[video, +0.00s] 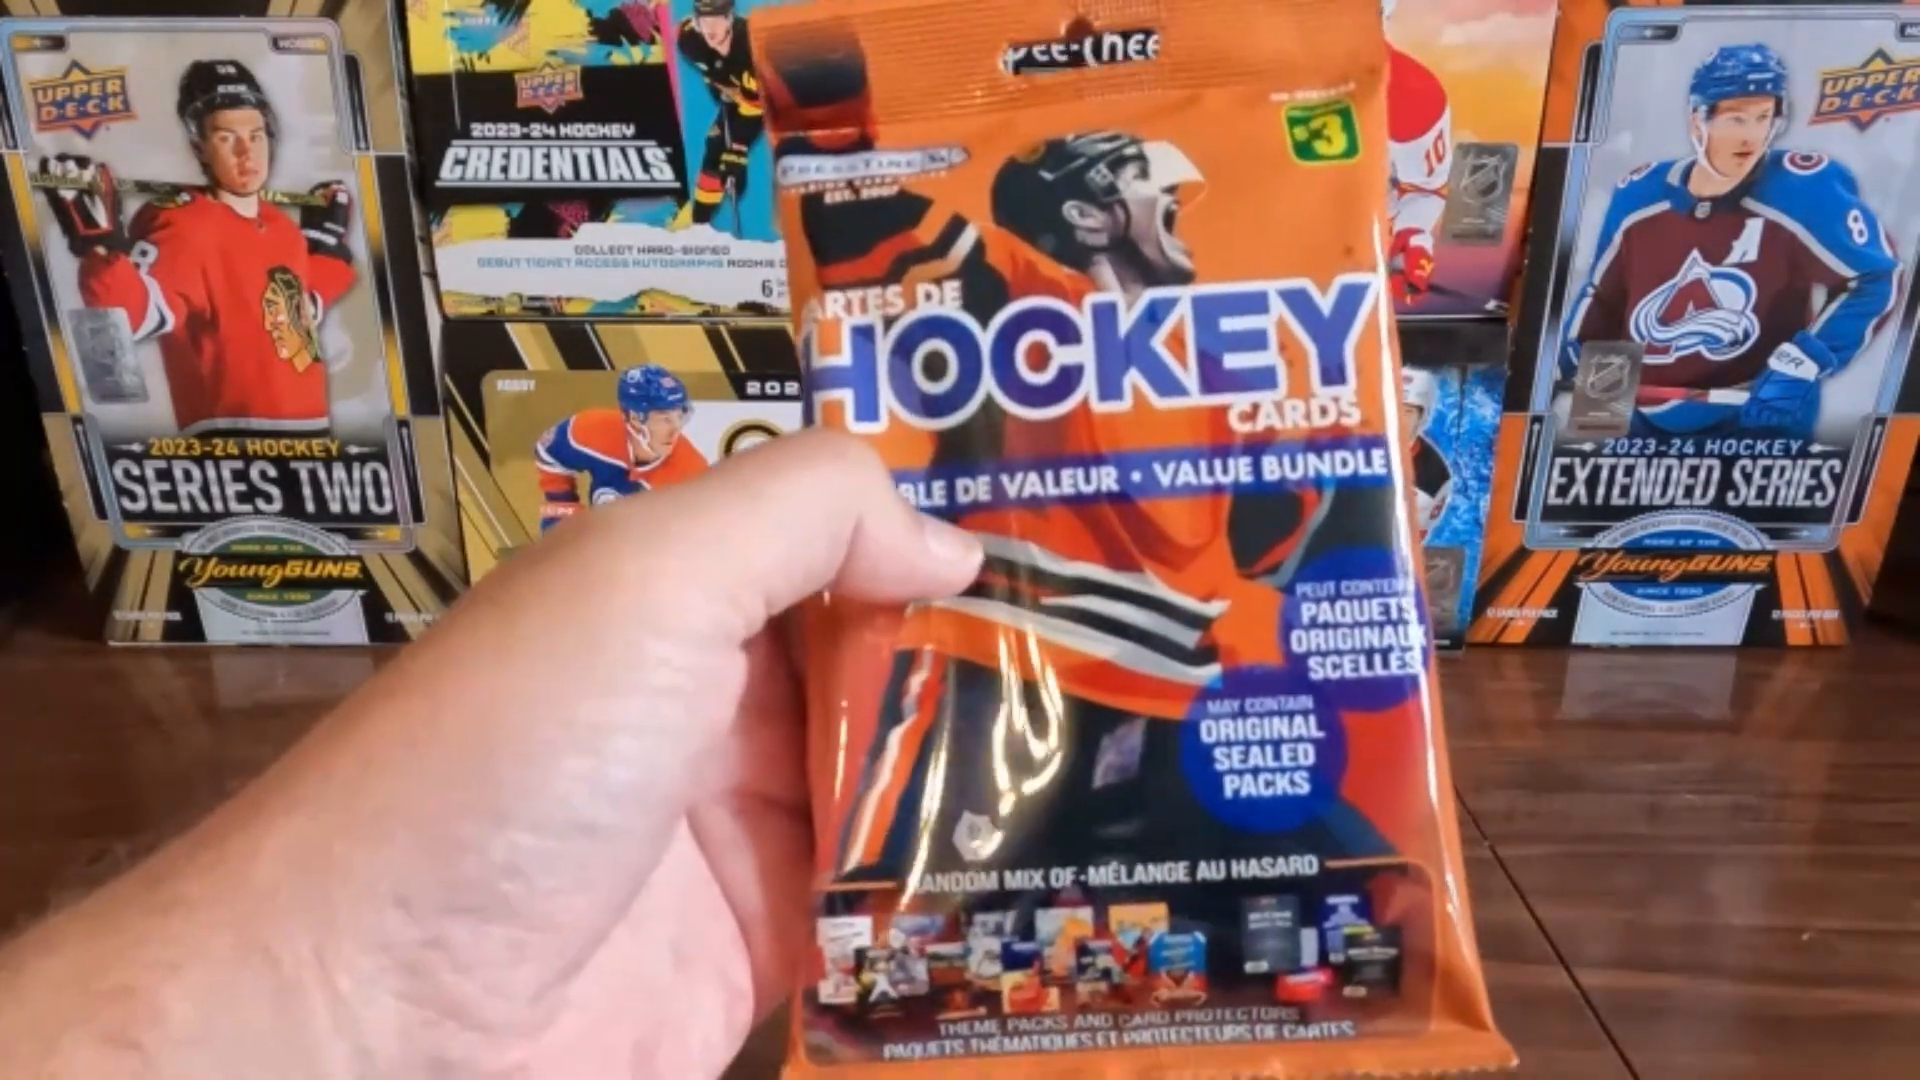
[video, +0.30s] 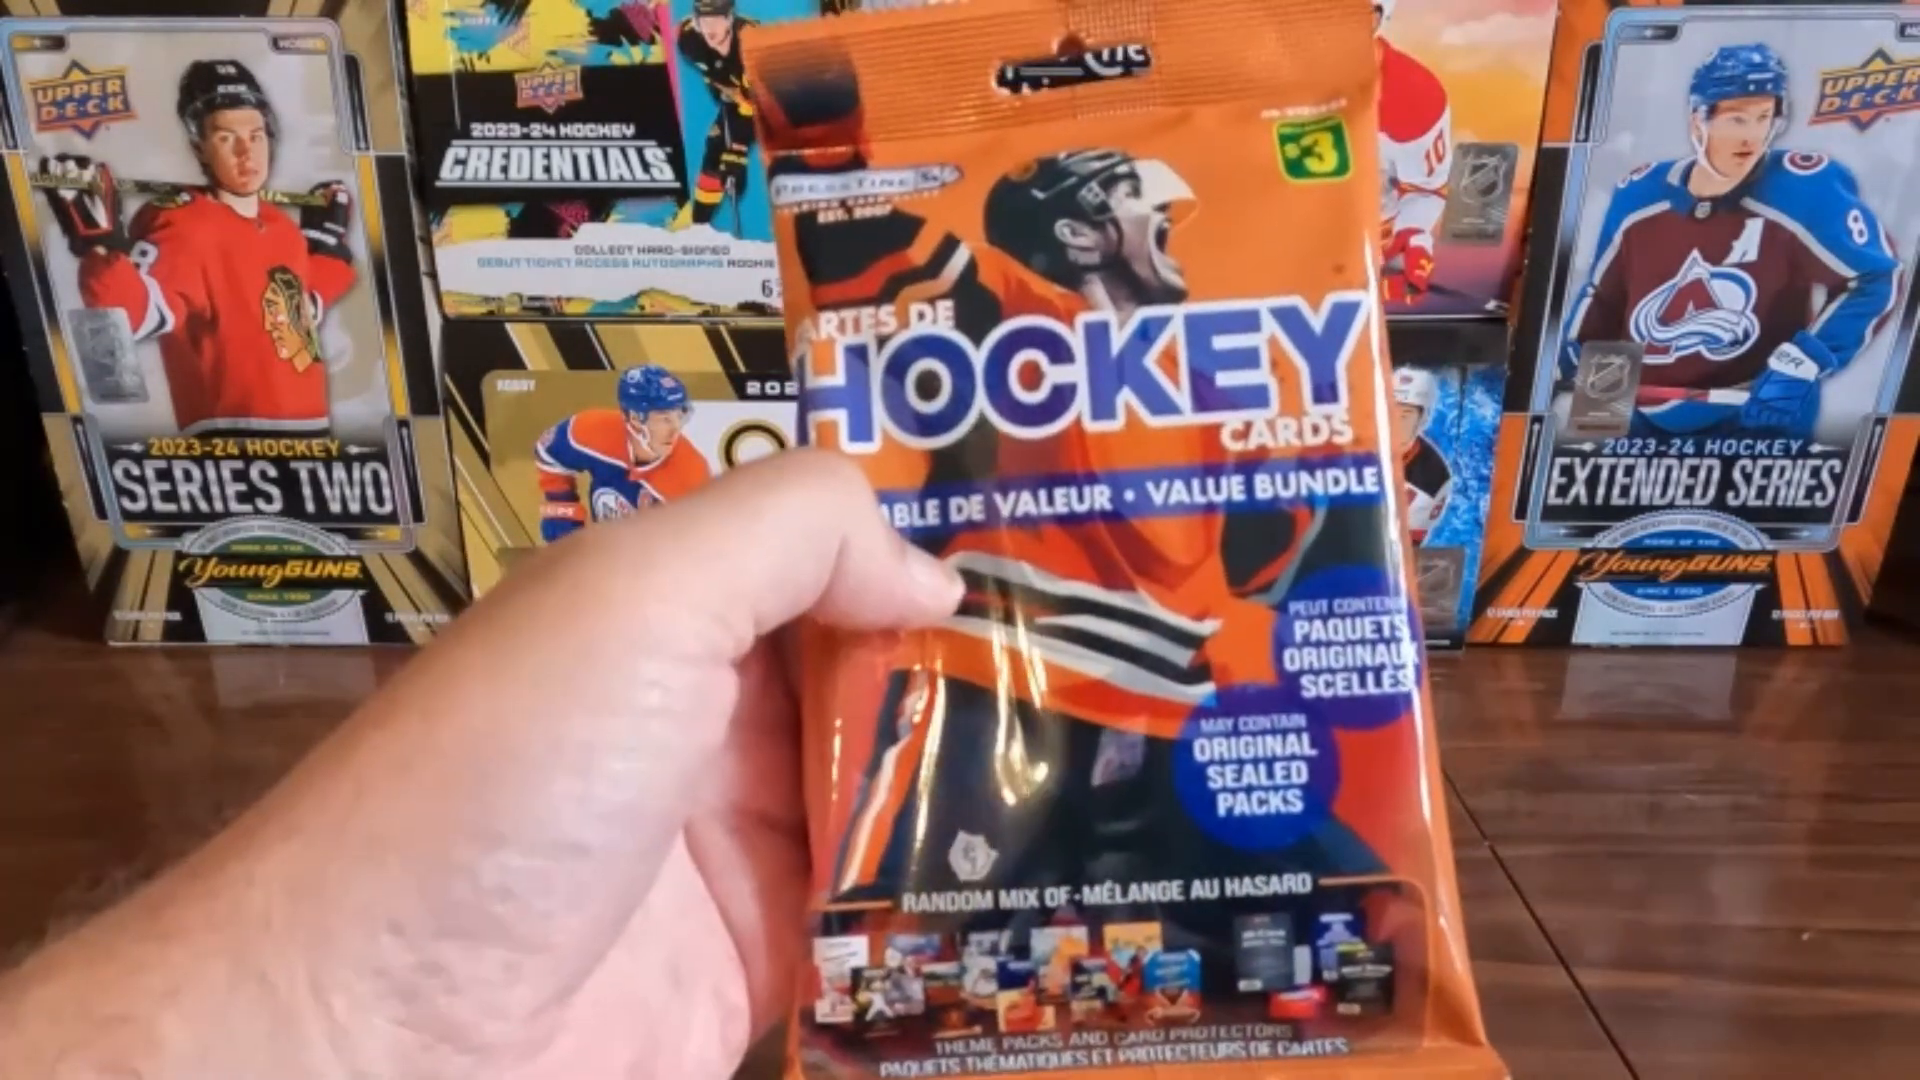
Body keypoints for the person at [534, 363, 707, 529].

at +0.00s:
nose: (676, 431)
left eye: (679, 419)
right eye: (665, 420)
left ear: (685, 416)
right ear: (634, 420)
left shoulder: (693, 474)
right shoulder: (591, 431)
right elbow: (549, 454)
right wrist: (564, 518)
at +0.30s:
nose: (676, 430)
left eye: (679, 418)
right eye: (665, 420)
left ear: (684, 416)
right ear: (635, 420)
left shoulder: (692, 475)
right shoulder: (591, 431)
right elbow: (550, 454)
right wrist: (565, 527)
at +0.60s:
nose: (676, 430)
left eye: (679, 419)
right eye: (664, 419)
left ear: (685, 417)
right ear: (634, 420)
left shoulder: (691, 478)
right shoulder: (593, 431)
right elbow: (550, 454)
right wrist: (565, 525)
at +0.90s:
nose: (676, 430)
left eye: (679, 419)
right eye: (665, 420)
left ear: (684, 417)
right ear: (634, 420)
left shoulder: (691, 476)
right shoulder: (593, 431)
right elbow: (550, 454)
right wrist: (565, 531)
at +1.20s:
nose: (676, 430)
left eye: (679, 417)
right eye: (664, 419)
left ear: (685, 417)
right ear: (635, 420)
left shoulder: (691, 476)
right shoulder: (593, 432)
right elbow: (550, 453)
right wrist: (563, 523)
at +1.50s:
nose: (676, 429)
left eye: (679, 418)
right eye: (665, 419)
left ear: (684, 416)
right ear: (635, 420)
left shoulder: (692, 474)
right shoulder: (592, 431)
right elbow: (549, 454)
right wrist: (564, 527)